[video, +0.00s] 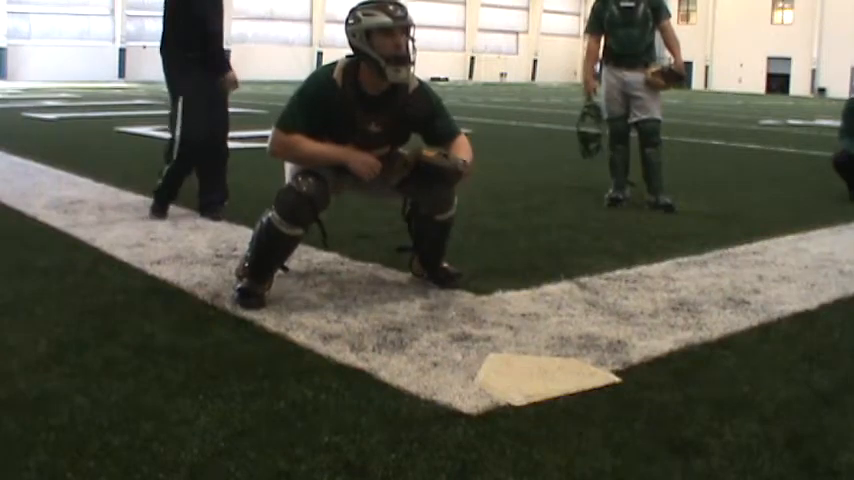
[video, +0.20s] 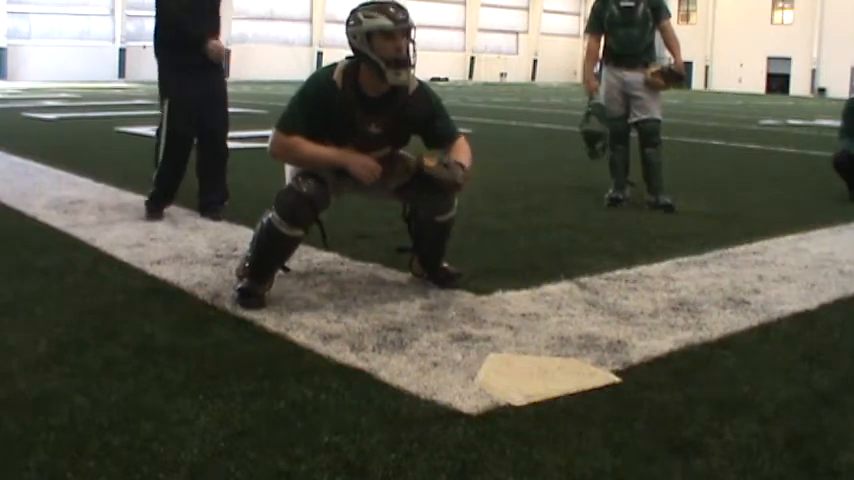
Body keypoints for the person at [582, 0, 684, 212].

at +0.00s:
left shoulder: (653, 4)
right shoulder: (603, 5)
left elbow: (666, 29)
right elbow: (594, 40)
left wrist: (678, 60)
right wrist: (589, 76)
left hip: (645, 73)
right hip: (613, 73)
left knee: (651, 133)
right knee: (617, 134)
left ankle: (656, 193)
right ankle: (618, 187)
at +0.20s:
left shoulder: (653, 4)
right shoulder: (603, 4)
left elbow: (666, 29)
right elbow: (594, 40)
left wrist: (678, 60)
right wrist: (589, 75)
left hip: (645, 74)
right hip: (613, 73)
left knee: (651, 133)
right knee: (617, 134)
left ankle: (656, 193)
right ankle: (618, 188)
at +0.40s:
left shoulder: (653, 4)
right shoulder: (603, 5)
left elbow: (666, 29)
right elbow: (594, 39)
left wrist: (678, 60)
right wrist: (590, 75)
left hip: (645, 74)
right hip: (613, 73)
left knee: (651, 134)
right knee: (617, 134)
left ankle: (656, 193)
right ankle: (618, 187)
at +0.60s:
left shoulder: (653, 4)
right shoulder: (603, 5)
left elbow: (666, 29)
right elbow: (594, 39)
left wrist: (678, 61)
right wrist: (590, 75)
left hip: (645, 74)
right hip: (613, 73)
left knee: (651, 133)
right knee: (617, 134)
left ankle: (655, 193)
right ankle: (618, 188)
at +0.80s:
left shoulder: (653, 4)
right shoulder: (603, 5)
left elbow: (666, 29)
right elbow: (594, 39)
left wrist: (679, 60)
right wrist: (589, 75)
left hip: (645, 73)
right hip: (613, 73)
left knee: (651, 134)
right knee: (617, 134)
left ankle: (655, 193)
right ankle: (618, 188)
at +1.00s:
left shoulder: (653, 4)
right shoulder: (603, 5)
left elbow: (666, 29)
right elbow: (594, 39)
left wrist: (679, 60)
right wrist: (588, 75)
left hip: (645, 73)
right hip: (613, 73)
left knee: (651, 134)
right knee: (617, 134)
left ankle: (655, 193)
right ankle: (618, 188)